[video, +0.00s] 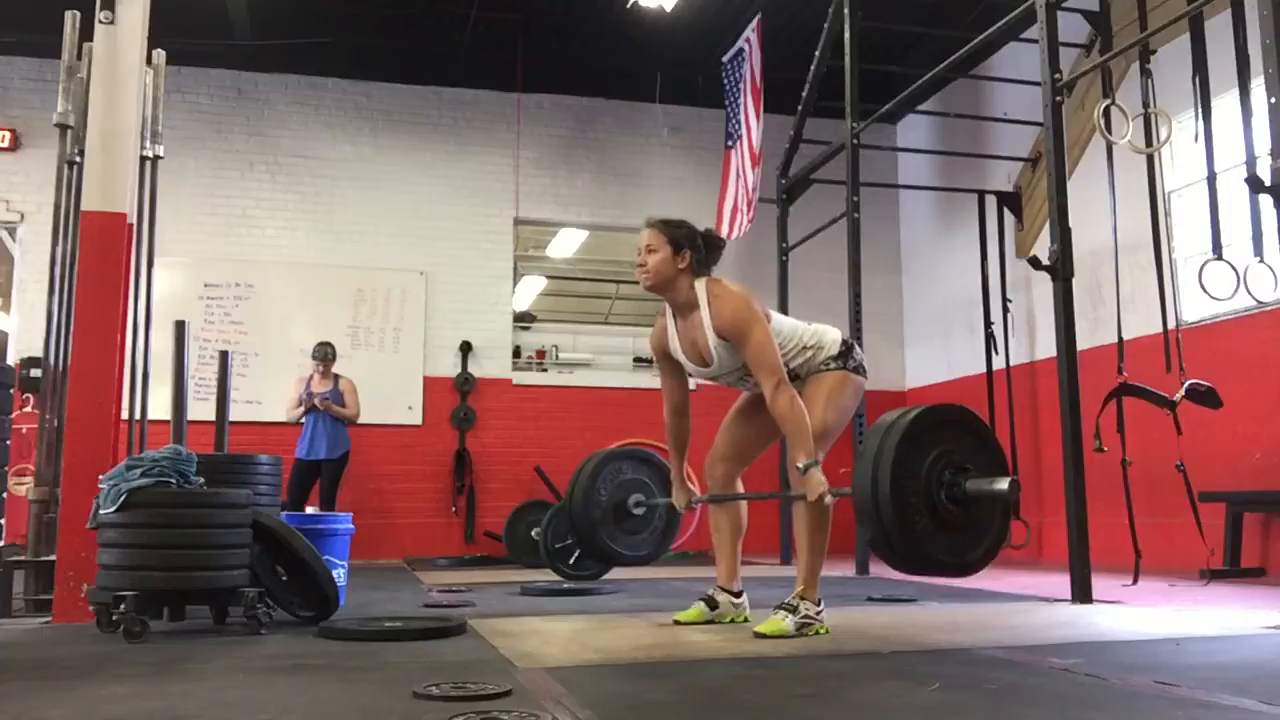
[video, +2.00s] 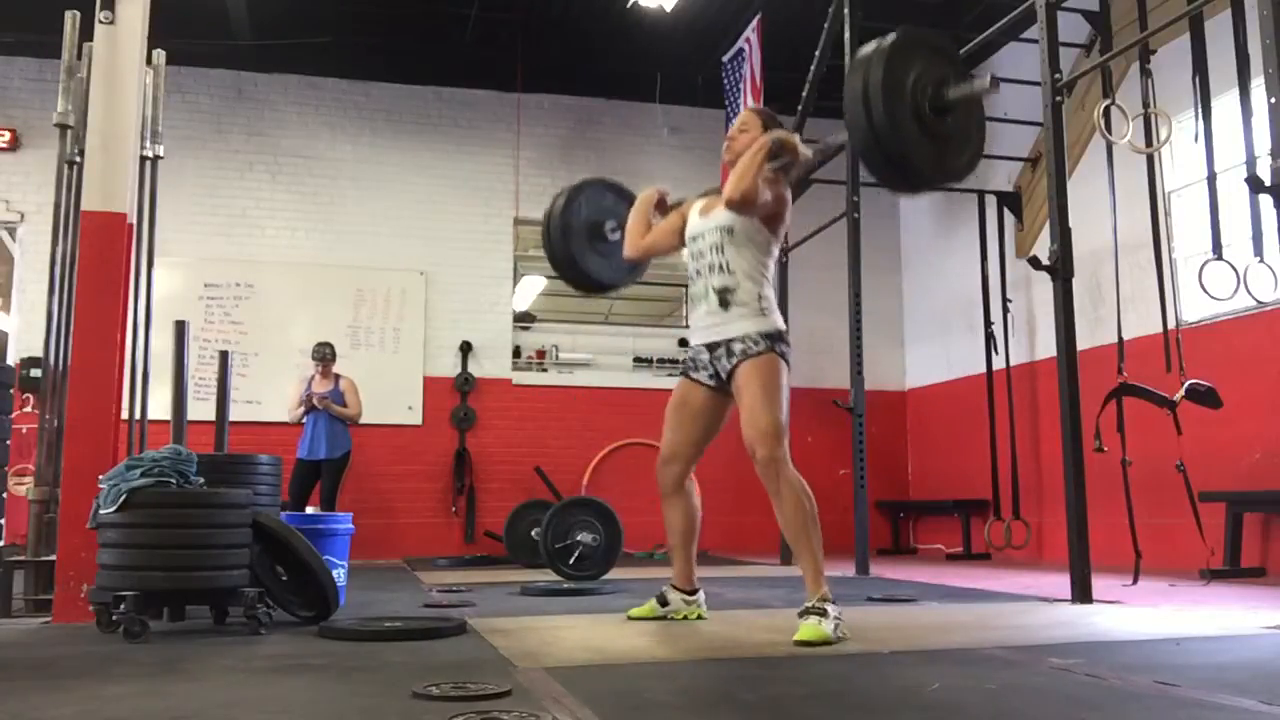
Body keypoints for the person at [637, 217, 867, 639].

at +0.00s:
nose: (640, 261)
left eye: (650, 251)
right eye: (639, 253)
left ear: (683, 258)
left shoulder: (729, 305)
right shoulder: (663, 336)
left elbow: (778, 387)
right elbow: (676, 412)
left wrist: (807, 464)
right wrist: (677, 475)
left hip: (834, 363)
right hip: (780, 377)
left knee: (804, 466)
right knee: (720, 467)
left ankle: (807, 602)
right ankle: (728, 595)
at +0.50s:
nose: (641, 203)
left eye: (651, 193)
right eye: (641, 194)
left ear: (681, 200)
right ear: (664, 204)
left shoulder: (726, 247)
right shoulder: (661, 285)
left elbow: (774, 323)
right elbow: (672, 358)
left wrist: (802, 398)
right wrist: (676, 423)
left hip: (814, 347)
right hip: (761, 361)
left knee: (796, 466)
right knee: (724, 468)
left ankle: (806, 601)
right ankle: (728, 594)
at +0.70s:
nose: (683, 151)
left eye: (695, 144)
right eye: (685, 145)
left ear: (723, 159)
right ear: (697, 163)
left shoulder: (746, 206)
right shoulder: (683, 238)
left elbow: (777, 278)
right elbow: (675, 315)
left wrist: (791, 354)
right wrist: (665, 385)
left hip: (783, 360)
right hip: (732, 372)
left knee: (760, 461)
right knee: (685, 471)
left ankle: (801, 599)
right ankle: (726, 594)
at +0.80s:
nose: (733, 138)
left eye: (746, 133)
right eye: (736, 133)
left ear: (772, 151)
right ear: (739, 154)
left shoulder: (783, 199)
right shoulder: (717, 224)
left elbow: (792, 262)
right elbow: (686, 294)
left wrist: (780, 331)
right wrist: (656, 361)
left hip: (776, 355)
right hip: (726, 362)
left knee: (752, 459)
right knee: (680, 469)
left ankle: (798, 597)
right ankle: (723, 591)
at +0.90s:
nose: (766, 123)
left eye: (781, 119)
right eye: (768, 118)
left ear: (802, 141)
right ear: (763, 139)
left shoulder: (802, 178)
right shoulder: (736, 203)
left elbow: (796, 230)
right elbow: (690, 263)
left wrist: (775, 279)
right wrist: (650, 315)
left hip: (770, 323)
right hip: (719, 331)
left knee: (760, 441)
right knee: (695, 452)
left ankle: (796, 590)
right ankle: (717, 583)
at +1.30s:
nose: (724, 186)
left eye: (738, 181)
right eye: (724, 181)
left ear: (763, 203)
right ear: (722, 203)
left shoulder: (773, 254)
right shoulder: (696, 271)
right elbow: (638, 311)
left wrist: (767, 226)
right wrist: (645, 259)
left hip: (783, 397)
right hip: (726, 410)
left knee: (760, 475)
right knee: (637, 486)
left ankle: (826, 606)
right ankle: (682, 596)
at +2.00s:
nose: (731, 134)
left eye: (744, 127)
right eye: (730, 127)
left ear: (768, 146)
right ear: (726, 143)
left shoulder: (772, 196)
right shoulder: (696, 209)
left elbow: (737, 195)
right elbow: (635, 247)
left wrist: (773, 145)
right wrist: (646, 200)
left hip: (756, 342)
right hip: (705, 352)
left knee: (769, 458)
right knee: (671, 469)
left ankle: (820, 601)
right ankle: (684, 593)